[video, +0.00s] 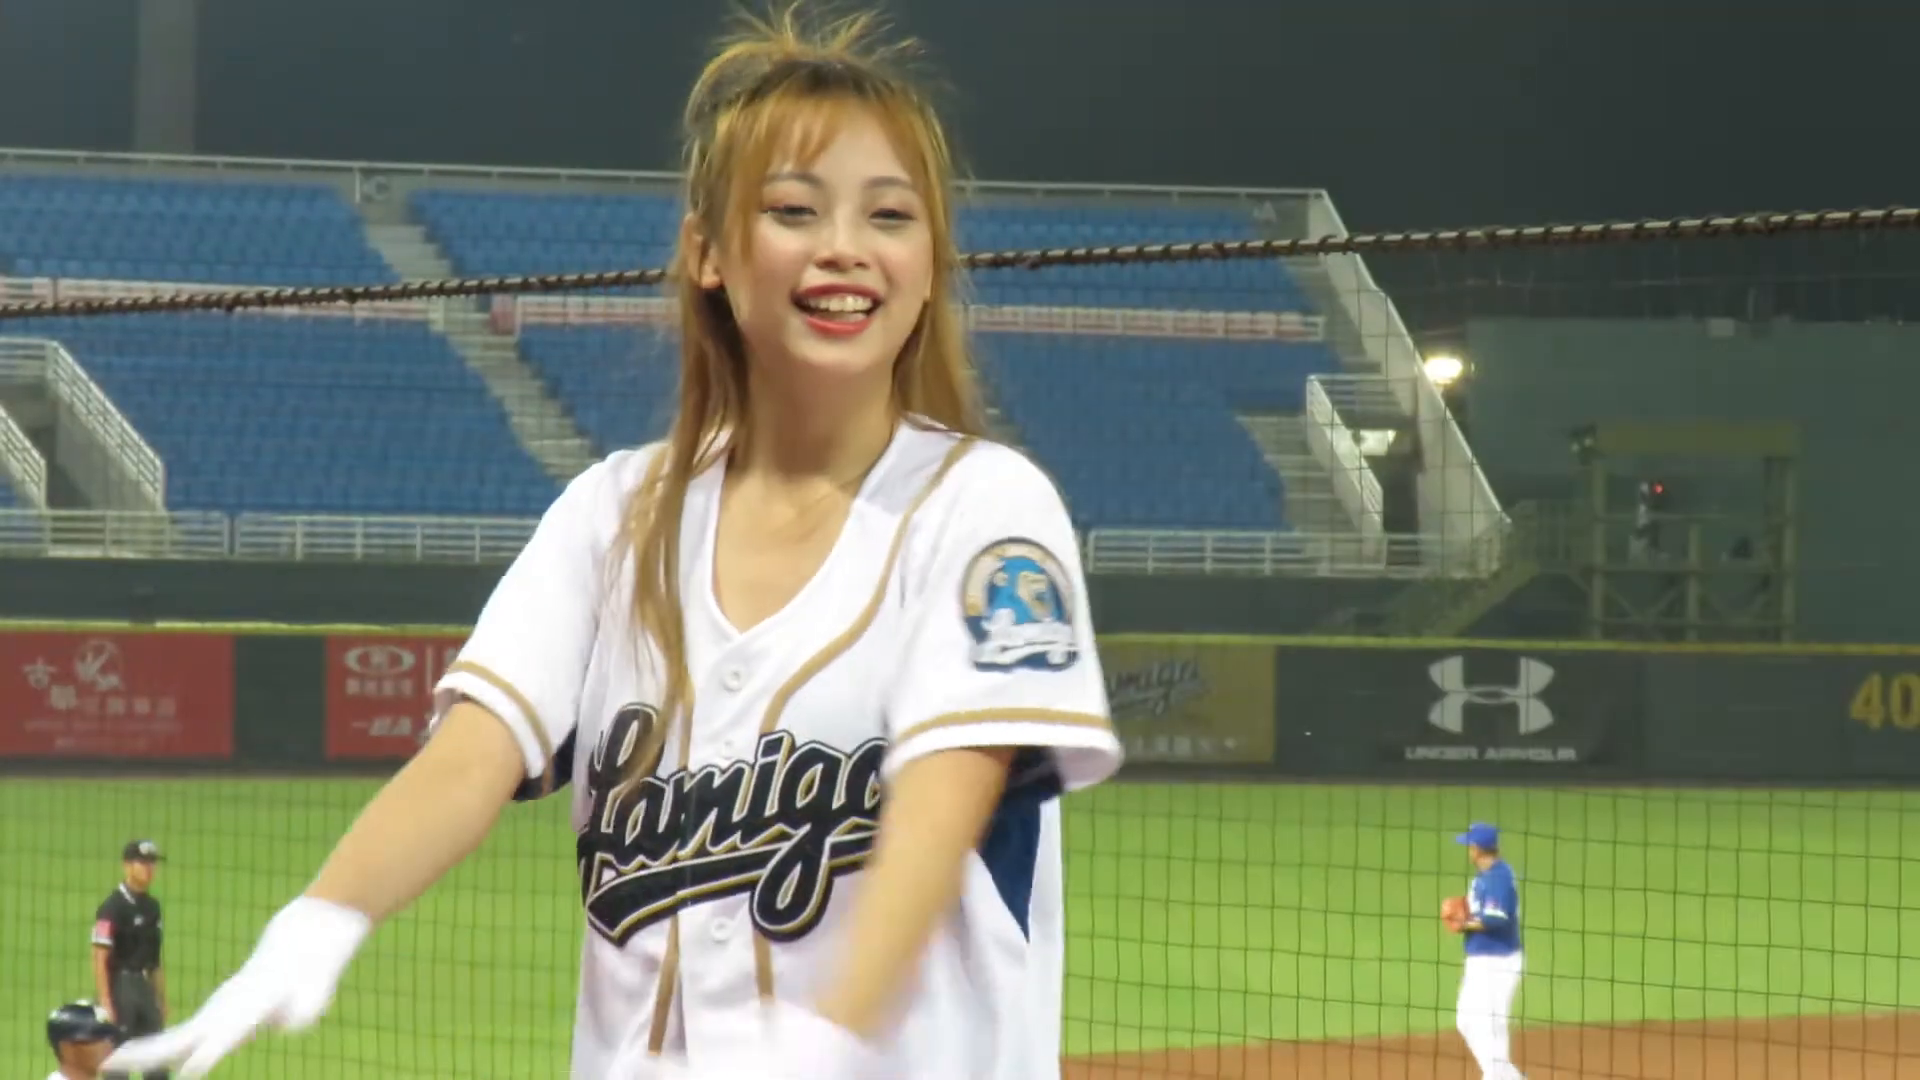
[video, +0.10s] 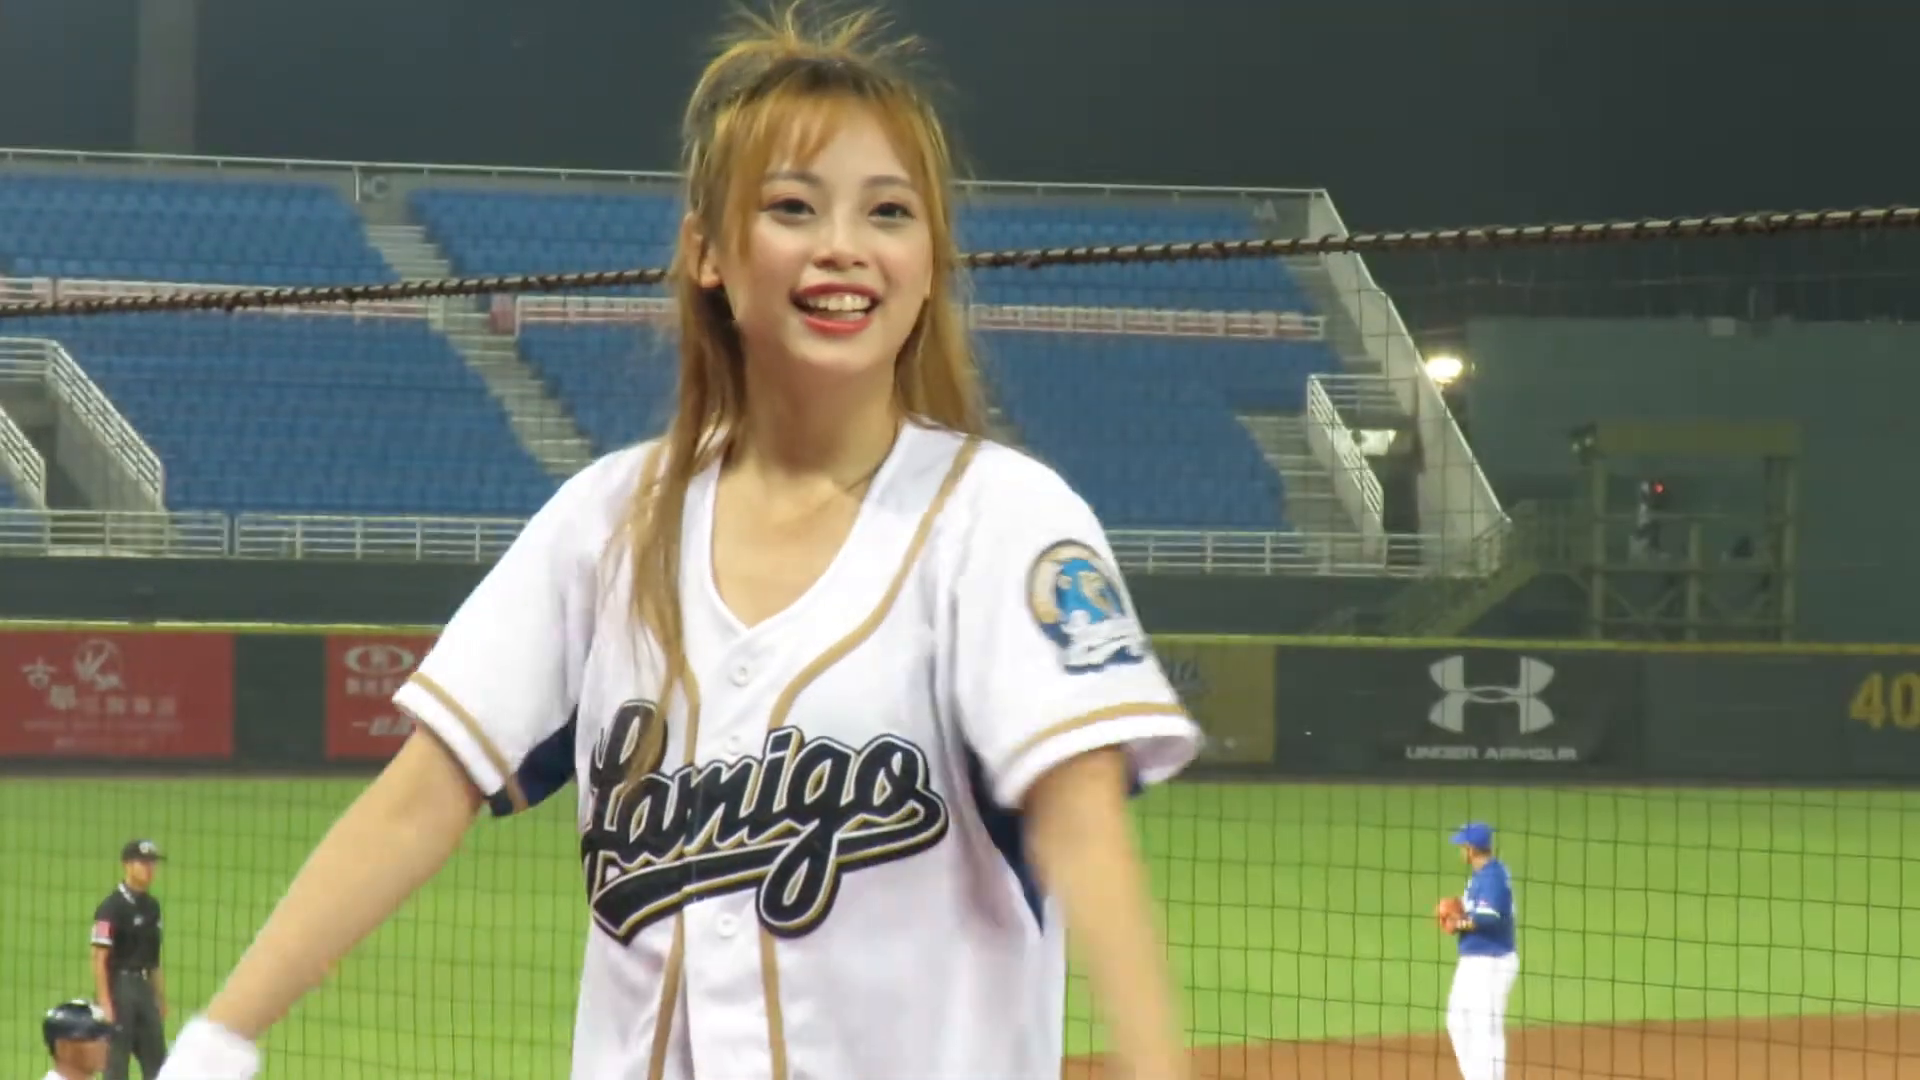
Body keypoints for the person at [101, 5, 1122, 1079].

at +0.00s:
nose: (847, 248)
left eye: (888, 214)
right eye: (797, 210)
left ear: (933, 260)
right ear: (714, 255)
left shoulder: (987, 505)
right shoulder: (614, 509)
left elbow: (936, 815)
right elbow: (474, 750)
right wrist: (320, 926)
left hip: (905, 1049)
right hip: (645, 1054)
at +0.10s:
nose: (843, 248)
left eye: (885, 211)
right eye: (795, 208)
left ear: (937, 261)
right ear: (716, 256)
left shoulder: (1003, 517)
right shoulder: (606, 518)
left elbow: (1085, 827)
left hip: (925, 1061)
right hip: (648, 1061)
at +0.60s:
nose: (846, 261)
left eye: (884, 221)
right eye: (793, 218)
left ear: (919, 262)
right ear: (692, 262)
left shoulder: (1016, 526)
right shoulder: (599, 522)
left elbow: (1183, 788)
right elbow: (637, 798)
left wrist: (1076, 1028)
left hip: (974, 1054)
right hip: (682, 1051)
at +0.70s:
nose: (854, 262)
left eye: (892, 224)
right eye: (801, 219)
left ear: (926, 263)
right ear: (698, 259)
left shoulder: (1016, 527)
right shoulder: (602, 523)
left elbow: (1177, 805)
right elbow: (637, 804)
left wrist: (1070, 1038)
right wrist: (737, 1010)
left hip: (974, 1055)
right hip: (687, 1052)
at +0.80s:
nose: (862, 263)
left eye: (900, 226)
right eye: (809, 219)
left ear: (933, 265)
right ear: (704, 257)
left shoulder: (1022, 526)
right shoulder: (603, 522)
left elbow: (1175, 812)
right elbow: (644, 816)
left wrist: (1092, 1056)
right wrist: (741, 1026)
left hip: (976, 1056)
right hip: (690, 1053)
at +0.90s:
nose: (876, 263)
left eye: (911, 227)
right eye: (824, 219)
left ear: (940, 267)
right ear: (712, 253)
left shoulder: (1024, 517)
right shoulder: (607, 513)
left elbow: (1159, 823)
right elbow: (648, 818)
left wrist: (1079, 1056)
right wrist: (760, 1032)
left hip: (978, 1055)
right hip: (690, 1053)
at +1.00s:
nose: (881, 261)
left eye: (917, 226)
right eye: (830, 215)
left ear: (948, 266)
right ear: (717, 248)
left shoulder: (1028, 506)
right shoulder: (614, 500)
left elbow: (1152, 814)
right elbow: (646, 809)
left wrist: (1071, 1051)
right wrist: (749, 1028)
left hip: (977, 1055)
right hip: (687, 1054)